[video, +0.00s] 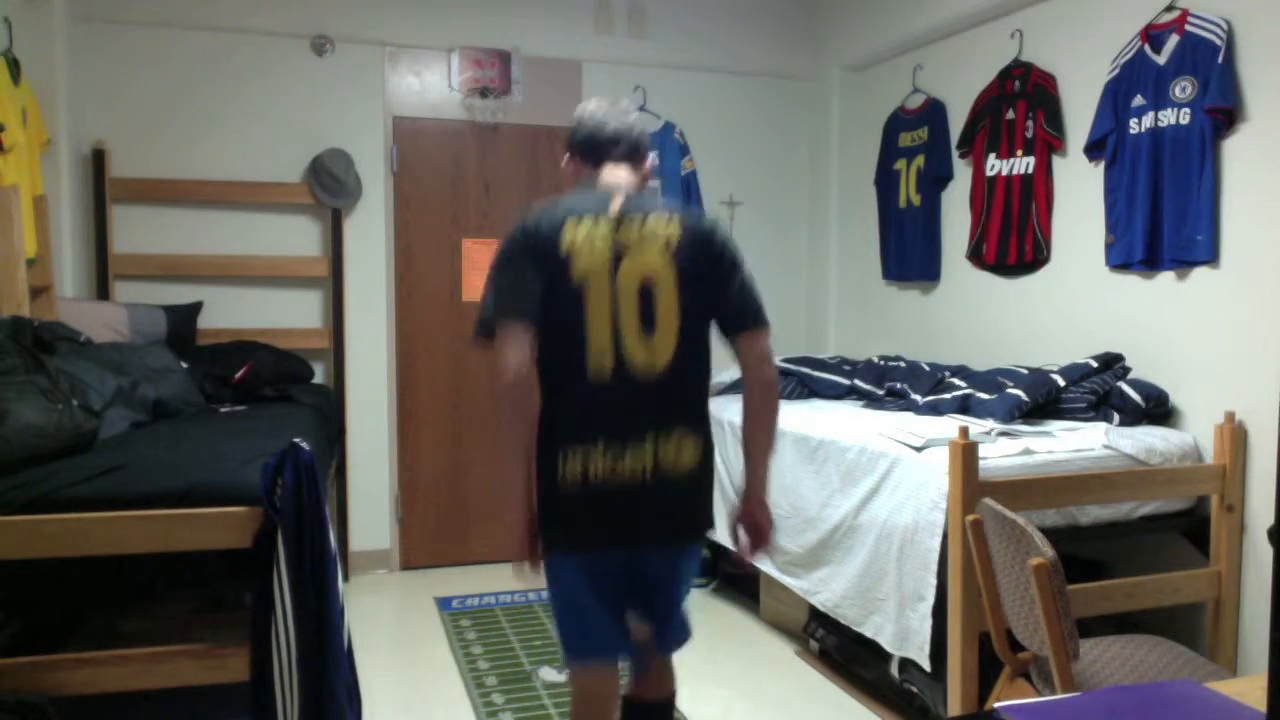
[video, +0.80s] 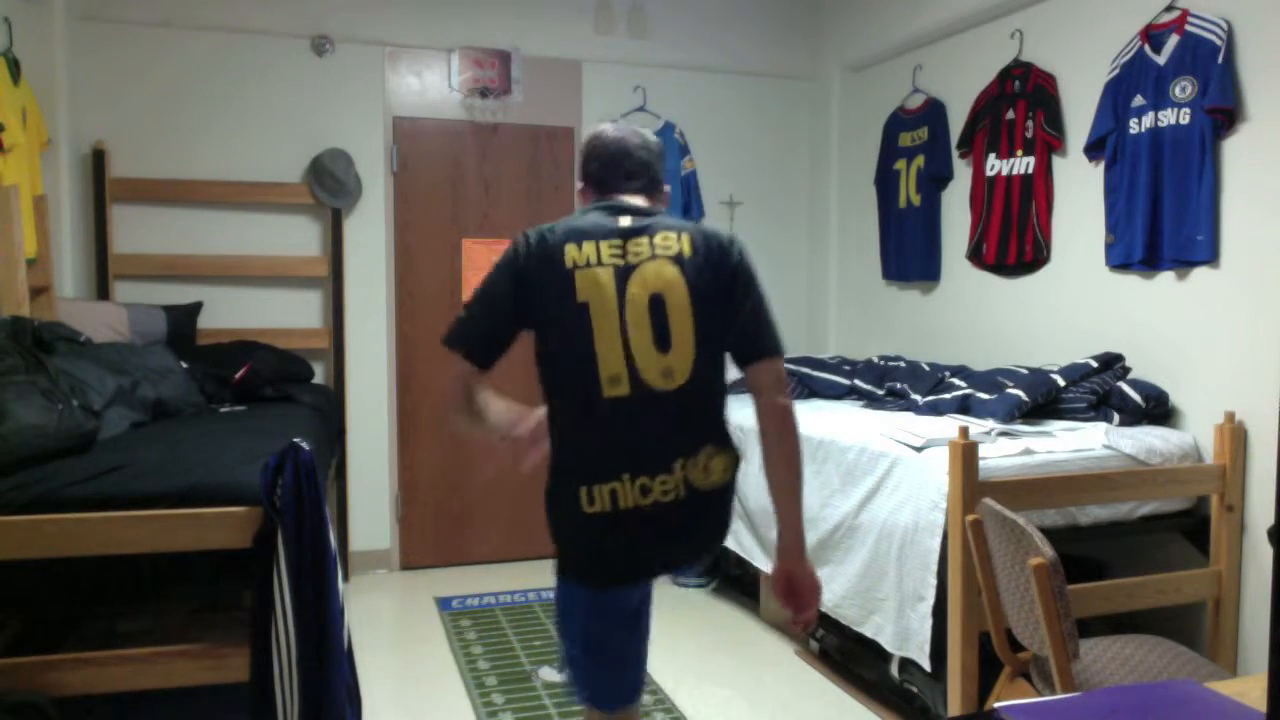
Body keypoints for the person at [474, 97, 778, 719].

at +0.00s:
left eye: (567, 162)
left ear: (570, 163)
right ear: (648, 165)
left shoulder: (538, 233)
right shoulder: (697, 234)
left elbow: (515, 373)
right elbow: (760, 369)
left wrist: (521, 504)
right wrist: (755, 491)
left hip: (578, 499)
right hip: (675, 495)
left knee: (593, 677)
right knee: (654, 656)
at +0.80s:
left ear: (583, 188)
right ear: (662, 190)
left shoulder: (538, 251)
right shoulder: (716, 251)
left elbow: (462, 388)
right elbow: (775, 398)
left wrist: (514, 420)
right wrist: (793, 551)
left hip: (601, 521)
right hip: (701, 512)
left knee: (610, 702)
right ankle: (589, 670)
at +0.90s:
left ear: (589, 186)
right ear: (668, 186)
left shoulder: (544, 252)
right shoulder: (722, 247)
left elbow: (467, 388)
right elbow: (779, 397)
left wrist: (558, 400)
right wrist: (792, 542)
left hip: (604, 522)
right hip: (705, 512)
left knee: (615, 704)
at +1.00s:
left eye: (600, 162)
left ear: (602, 171)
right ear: (684, 169)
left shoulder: (557, 251)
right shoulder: (737, 250)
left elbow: (487, 394)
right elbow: (791, 397)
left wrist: (568, 377)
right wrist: (787, 519)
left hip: (612, 529)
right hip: (713, 522)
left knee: (624, 706)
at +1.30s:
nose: (636, 140)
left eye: (638, 129)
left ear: (644, 141)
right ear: (722, 136)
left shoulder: (634, 248)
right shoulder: (776, 250)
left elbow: (579, 399)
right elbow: (801, 401)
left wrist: (560, 391)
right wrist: (752, 460)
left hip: (651, 535)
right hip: (743, 532)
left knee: (629, 707)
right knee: (726, 698)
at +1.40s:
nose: (652, 136)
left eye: (652, 124)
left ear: (659, 138)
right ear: (738, 134)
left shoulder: (659, 246)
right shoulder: (790, 247)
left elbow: (650, 409)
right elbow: (797, 401)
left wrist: (578, 395)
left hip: (669, 532)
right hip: (761, 531)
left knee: (640, 705)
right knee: (751, 705)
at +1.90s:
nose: (706, 126)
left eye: (706, 116)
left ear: (713, 128)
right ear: (793, 127)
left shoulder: (680, 228)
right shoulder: (843, 237)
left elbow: (597, 379)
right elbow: (898, 381)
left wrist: (624, 380)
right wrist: (833, 376)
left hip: (715, 526)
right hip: (813, 524)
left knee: (704, 704)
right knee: (780, 703)